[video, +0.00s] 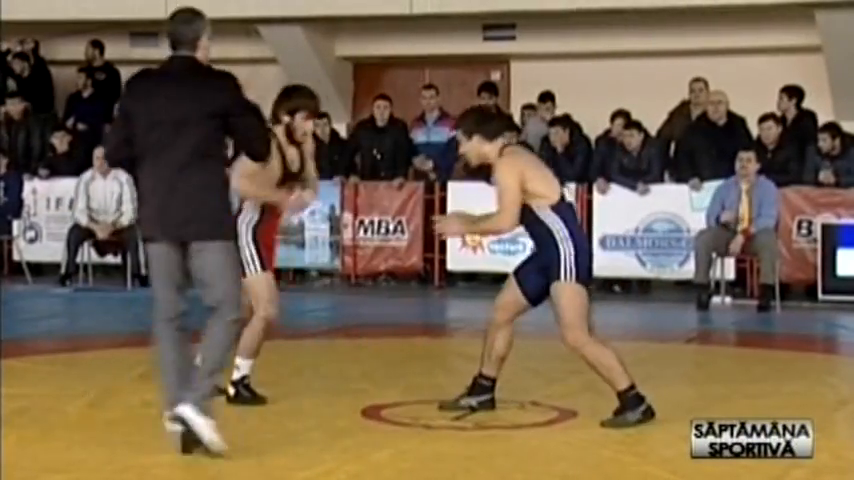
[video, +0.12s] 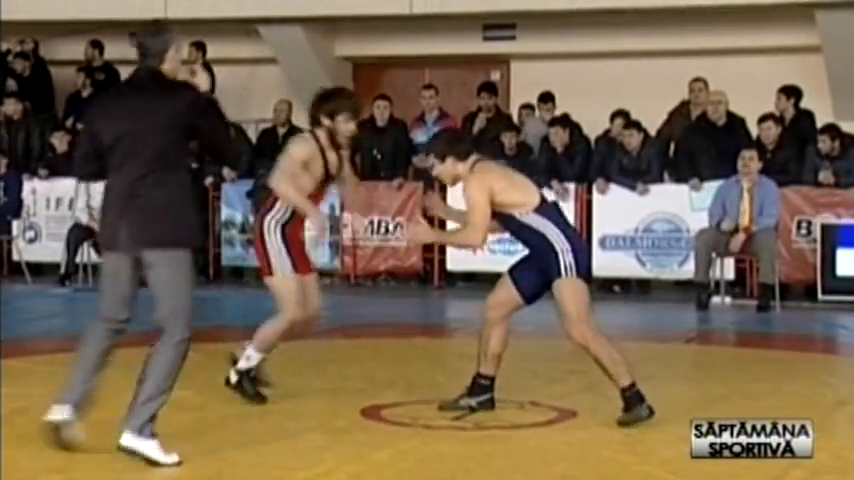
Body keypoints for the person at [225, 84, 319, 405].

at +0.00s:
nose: (310, 126)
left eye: (312, 119)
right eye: (304, 118)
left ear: (312, 121)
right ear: (286, 117)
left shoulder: (299, 148)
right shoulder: (266, 144)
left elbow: (311, 187)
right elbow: (240, 181)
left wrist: (308, 154)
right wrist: (283, 197)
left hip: (268, 224)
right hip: (248, 222)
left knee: (245, 306)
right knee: (265, 306)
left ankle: (205, 361)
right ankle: (240, 376)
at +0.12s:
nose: (352, 127)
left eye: (354, 120)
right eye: (346, 120)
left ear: (351, 122)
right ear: (327, 120)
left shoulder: (338, 153)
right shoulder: (305, 145)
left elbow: (353, 201)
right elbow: (278, 181)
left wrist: (347, 163)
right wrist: (312, 212)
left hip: (295, 224)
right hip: (273, 223)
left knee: (310, 308)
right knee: (291, 309)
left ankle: (251, 357)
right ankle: (242, 367)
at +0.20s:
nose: (384, 145)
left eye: (385, 139)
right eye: (377, 138)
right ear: (357, 138)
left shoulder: (365, 173)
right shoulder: (330, 164)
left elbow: (392, 191)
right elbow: (313, 198)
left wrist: (421, 189)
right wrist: (356, 205)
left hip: (313, 241)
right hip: (291, 240)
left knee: (337, 318)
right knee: (315, 319)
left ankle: (287, 373)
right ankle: (262, 376)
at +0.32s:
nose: (440, 137)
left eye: (442, 130)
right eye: (437, 130)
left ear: (425, 122)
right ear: (421, 121)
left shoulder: (413, 159)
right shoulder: (389, 138)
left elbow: (427, 206)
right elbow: (445, 136)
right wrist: (498, 140)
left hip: (368, 244)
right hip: (345, 237)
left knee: (353, 322)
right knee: (327, 316)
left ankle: (296, 371)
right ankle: (271, 372)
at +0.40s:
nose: (498, 143)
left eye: (501, 139)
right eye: (497, 136)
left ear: (489, 123)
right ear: (486, 120)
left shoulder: (475, 128)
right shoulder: (455, 121)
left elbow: (502, 169)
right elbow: (486, 171)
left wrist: (515, 206)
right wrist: (511, 205)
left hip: (403, 204)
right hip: (378, 193)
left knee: (375, 280)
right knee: (351, 271)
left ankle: (328, 342)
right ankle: (307, 337)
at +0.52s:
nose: (552, 195)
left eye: (559, 192)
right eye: (558, 189)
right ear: (559, 168)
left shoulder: (536, 155)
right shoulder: (532, 161)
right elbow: (523, 219)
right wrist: (520, 278)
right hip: (433, 123)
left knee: (462, 217)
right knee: (398, 199)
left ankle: (414, 269)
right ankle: (368, 276)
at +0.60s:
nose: (567, 219)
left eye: (575, 220)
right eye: (574, 217)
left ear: (581, 197)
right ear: (580, 200)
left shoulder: (565, 175)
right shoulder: (563, 181)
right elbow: (525, 233)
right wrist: (502, 277)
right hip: (485, 107)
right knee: (425, 160)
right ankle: (372, 195)